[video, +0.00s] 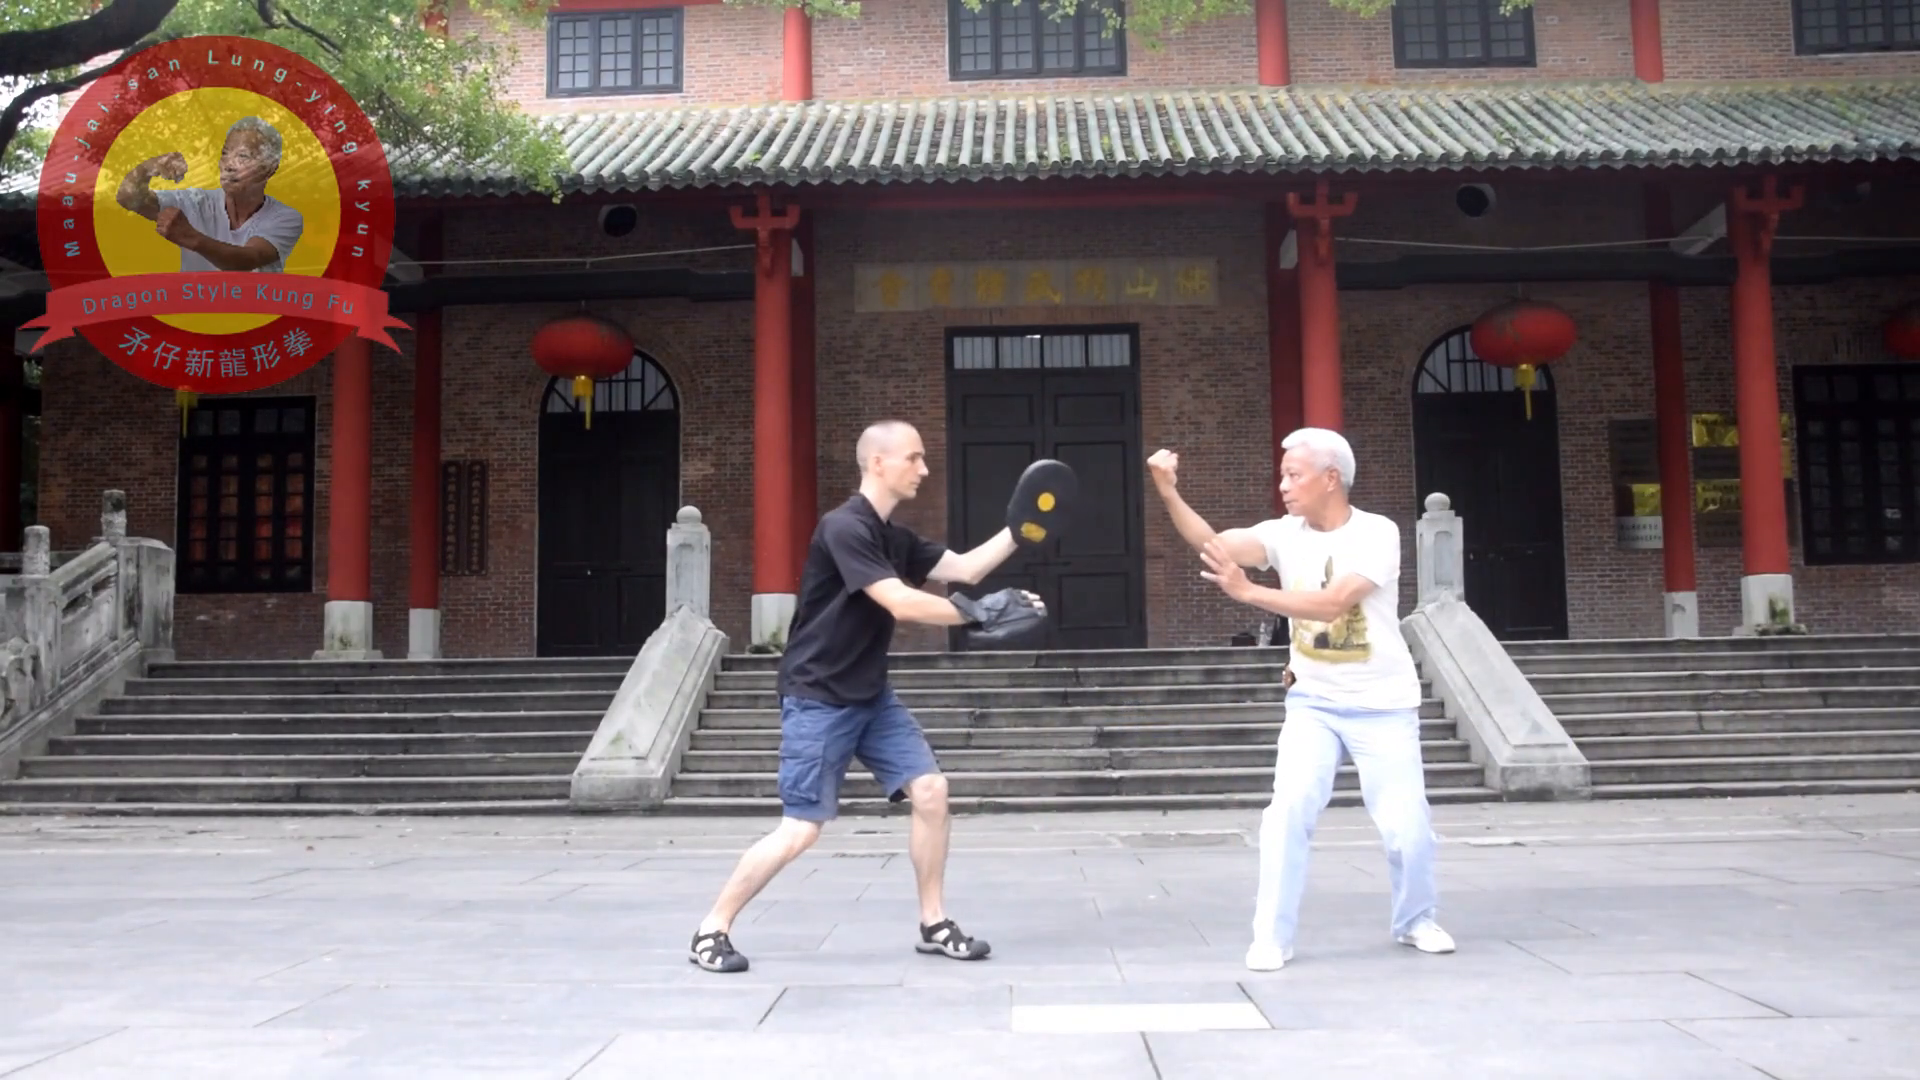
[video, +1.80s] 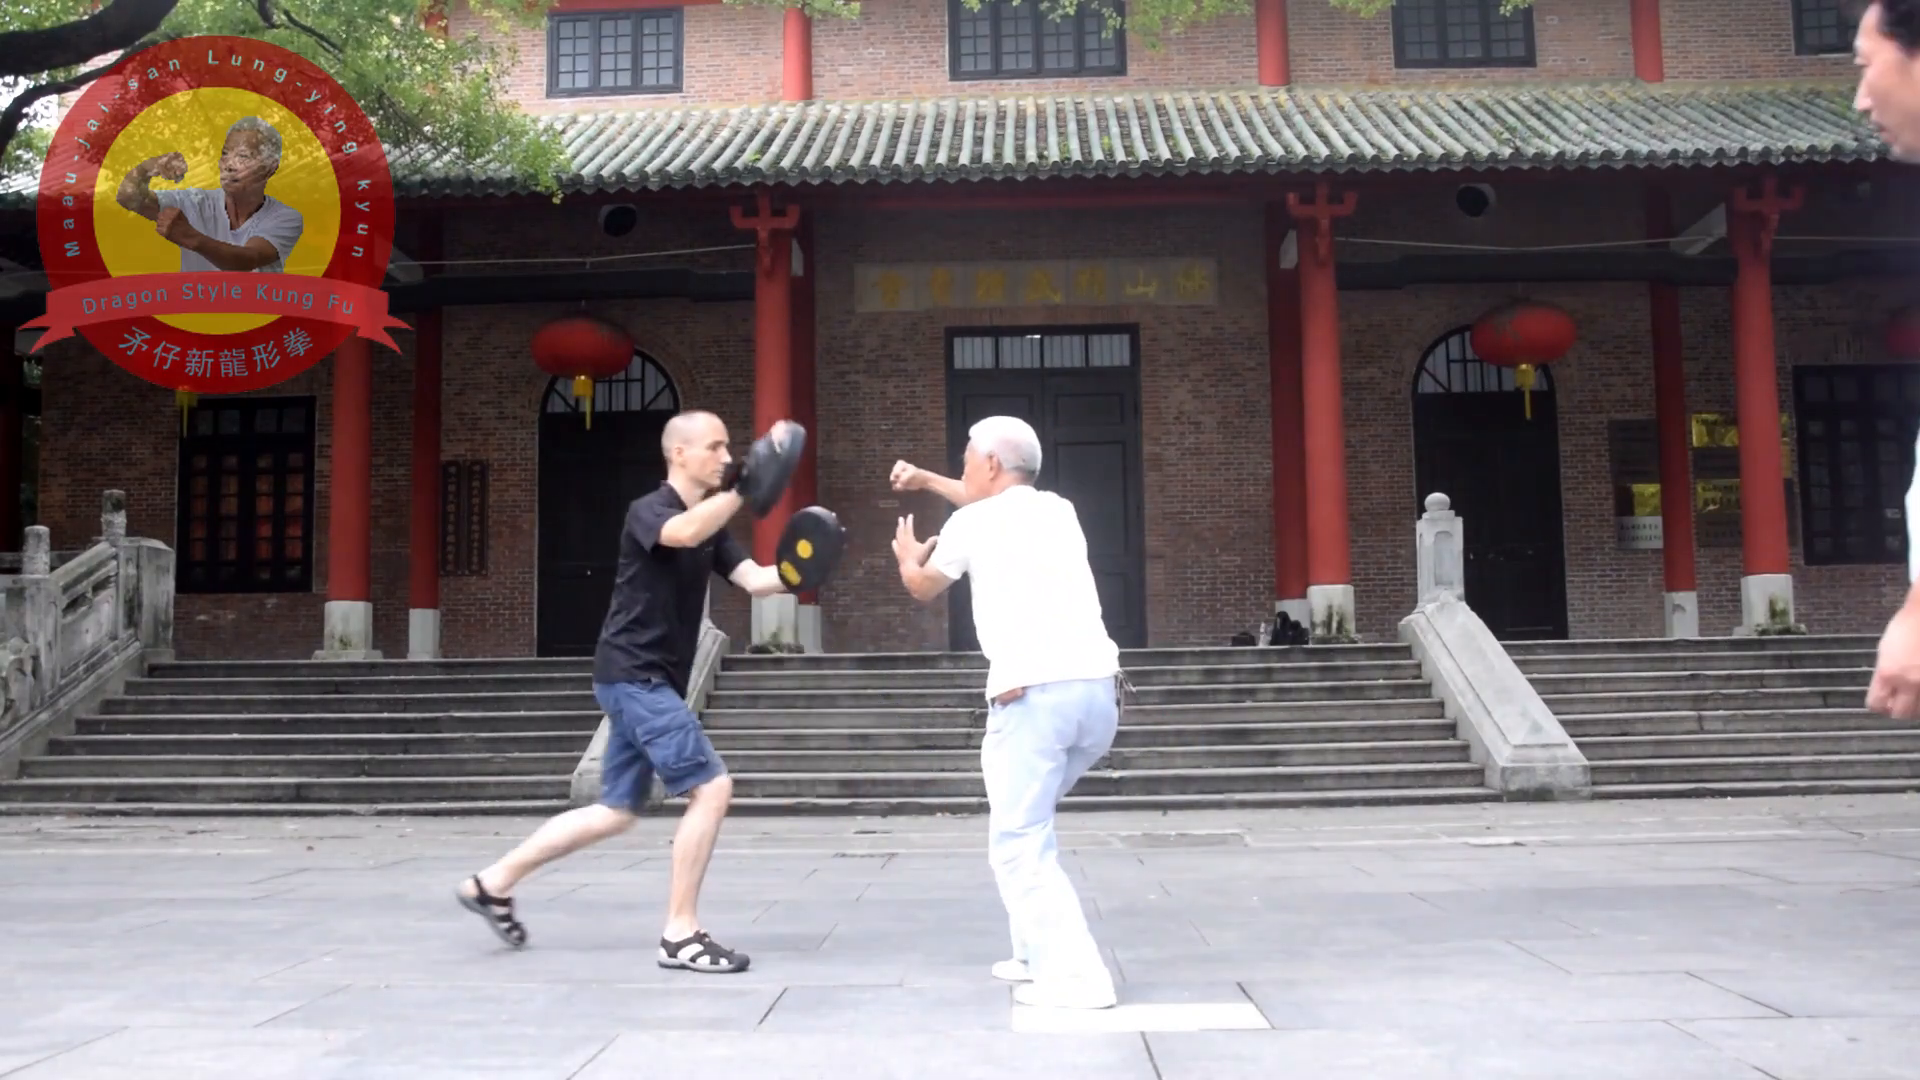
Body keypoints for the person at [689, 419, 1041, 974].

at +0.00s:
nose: (923, 468)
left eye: (923, 458)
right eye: (913, 458)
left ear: (891, 466)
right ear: (877, 464)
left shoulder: (895, 536)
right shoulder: (843, 527)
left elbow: (962, 569)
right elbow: (899, 603)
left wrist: (1021, 528)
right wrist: (979, 611)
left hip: (871, 695)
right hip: (817, 697)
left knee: (930, 792)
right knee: (801, 829)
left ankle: (934, 924)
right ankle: (712, 930)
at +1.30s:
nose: (858, 460)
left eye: (858, 451)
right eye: (847, 451)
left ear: (840, 460)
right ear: (810, 457)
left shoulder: (836, 523)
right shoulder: (798, 524)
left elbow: (909, 554)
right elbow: (871, 597)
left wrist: (961, 508)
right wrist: (947, 612)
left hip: (844, 693)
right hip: (794, 695)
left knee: (910, 790)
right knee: (808, 831)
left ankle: (934, 924)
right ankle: (705, 918)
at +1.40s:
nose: (832, 467)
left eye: (831, 457)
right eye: (820, 457)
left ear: (812, 465)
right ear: (782, 464)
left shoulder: (813, 535)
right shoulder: (767, 534)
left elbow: (878, 578)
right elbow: (824, 612)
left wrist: (930, 537)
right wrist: (898, 650)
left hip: (830, 699)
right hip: (778, 704)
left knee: (896, 795)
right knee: (806, 835)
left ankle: (934, 924)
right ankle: (689, 920)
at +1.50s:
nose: (805, 463)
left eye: (805, 453)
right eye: (793, 453)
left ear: (783, 462)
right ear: (758, 460)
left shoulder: (778, 530)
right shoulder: (743, 527)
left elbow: (817, 600)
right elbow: (774, 615)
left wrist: (881, 572)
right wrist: (839, 685)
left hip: (783, 694)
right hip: (737, 698)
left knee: (851, 794)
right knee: (781, 824)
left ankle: (915, 918)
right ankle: (686, 931)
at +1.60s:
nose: (781, 465)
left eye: (781, 455)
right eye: (770, 455)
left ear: (756, 463)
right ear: (733, 461)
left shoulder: (751, 532)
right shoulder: (711, 525)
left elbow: (780, 600)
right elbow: (736, 598)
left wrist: (848, 584)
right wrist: (796, 651)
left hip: (739, 689)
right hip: (696, 692)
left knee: (806, 782)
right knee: (756, 812)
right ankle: (685, 934)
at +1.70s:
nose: (755, 461)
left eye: (755, 451)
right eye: (744, 451)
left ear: (733, 461)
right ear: (707, 457)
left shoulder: (731, 532)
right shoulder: (677, 516)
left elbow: (772, 600)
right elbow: (709, 565)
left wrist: (816, 570)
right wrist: (786, 557)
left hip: (691, 682)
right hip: (657, 679)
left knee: (715, 812)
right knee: (731, 797)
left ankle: (604, 888)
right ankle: (682, 933)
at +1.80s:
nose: (728, 458)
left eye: (728, 448)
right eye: (716, 448)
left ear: (711, 458)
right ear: (679, 455)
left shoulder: (709, 521)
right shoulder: (648, 509)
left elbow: (752, 577)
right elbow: (684, 533)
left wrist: (803, 562)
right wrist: (745, 491)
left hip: (653, 678)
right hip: (630, 675)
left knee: (616, 812)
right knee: (712, 788)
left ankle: (491, 884)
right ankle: (680, 934)